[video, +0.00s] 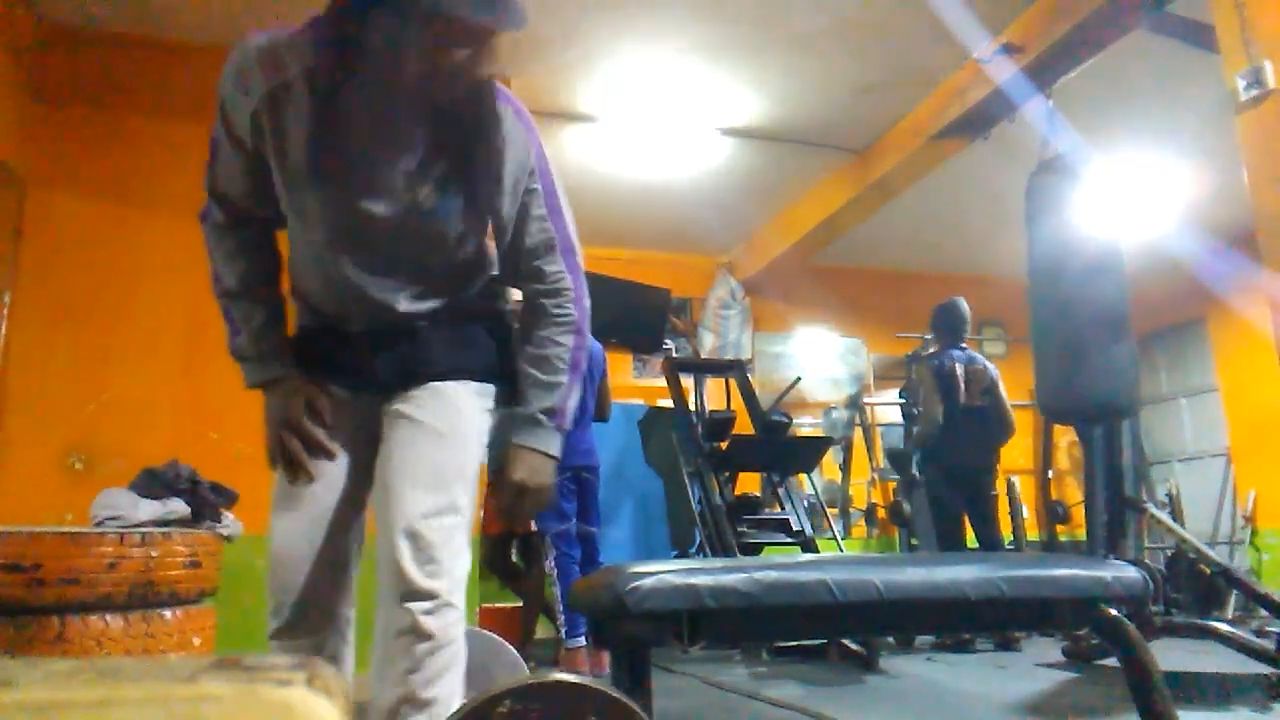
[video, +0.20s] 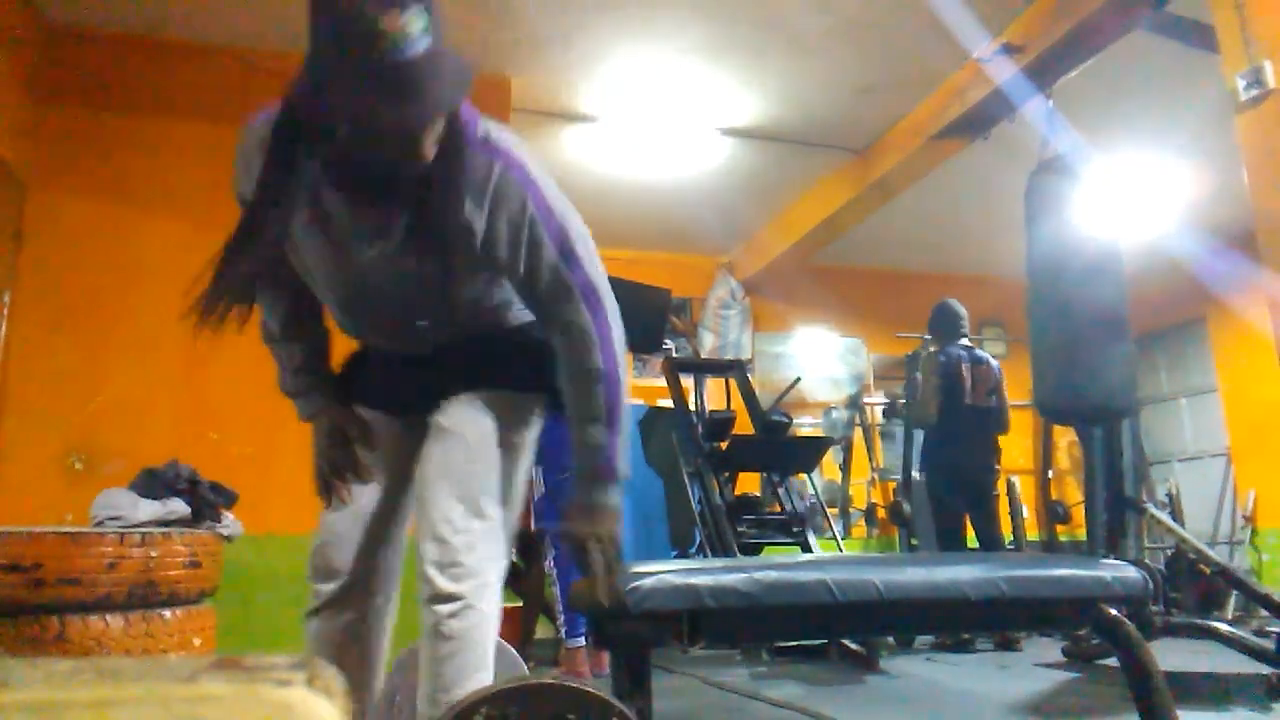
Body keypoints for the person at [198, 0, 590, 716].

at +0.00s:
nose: (482, 68)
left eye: (491, 45)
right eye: (460, 45)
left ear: (498, 34)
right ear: (390, 30)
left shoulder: (494, 122)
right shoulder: (269, 76)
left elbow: (555, 282)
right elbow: (235, 224)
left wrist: (538, 433)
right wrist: (270, 372)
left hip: (447, 342)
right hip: (328, 340)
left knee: (421, 573)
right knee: (297, 574)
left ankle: (413, 718)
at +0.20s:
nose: (424, 132)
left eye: (434, 102)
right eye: (394, 109)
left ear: (446, 82)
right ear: (337, 99)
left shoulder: (491, 166)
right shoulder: (272, 155)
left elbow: (587, 316)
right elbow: (281, 291)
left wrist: (596, 492)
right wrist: (318, 401)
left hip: (496, 354)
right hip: (386, 355)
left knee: (456, 558)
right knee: (342, 558)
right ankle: (331, 719)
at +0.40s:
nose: (381, 213)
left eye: (397, 186)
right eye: (356, 195)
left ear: (422, 161)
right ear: (324, 186)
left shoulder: (496, 217)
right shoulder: (318, 238)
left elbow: (607, 362)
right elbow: (325, 340)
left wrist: (644, 531)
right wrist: (352, 429)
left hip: (533, 373)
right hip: (430, 384)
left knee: (469, 537)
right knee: (375, 542)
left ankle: (470, 716)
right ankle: (391, 713)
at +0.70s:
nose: (405, 245)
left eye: (420, 223)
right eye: (388, 228)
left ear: (456, 209)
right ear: (372, 227)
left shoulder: (543, 272)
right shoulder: (402, 289)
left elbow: (648, 399)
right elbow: (395, 380)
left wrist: (673, 556)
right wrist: (403, 465)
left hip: (605, 446)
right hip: (513, 446)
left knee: (475, 536)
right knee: (397, 534)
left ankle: (449, 713)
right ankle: (394, 707)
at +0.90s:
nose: (501, 234)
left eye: (517, 216)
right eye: (487, 221)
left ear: (550, 215)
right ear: (471, 233)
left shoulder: (621, 289)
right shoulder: (512, 307)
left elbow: (698, 425)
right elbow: (507, 425)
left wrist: (677, 573)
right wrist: (464, 488)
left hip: (648, 477)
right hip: (556, 475)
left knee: (474, 545)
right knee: (430, 535)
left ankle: (443, 713)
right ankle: (407, 707)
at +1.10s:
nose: (597, 220)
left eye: (612, 203)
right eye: (582, 207)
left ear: (640, 211)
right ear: (564, 221)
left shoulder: (688, 290)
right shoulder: (578, 308)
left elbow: (739, 428)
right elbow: (589, 436)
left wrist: (688, 561)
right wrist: (525, 484)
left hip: (670, 482)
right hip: (600, 479)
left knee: (488, 547)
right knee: (454, 537)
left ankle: (457, 713)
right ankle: (410, 708)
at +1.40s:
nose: (656, 218)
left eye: (671, 204)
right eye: (640, 208)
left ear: (696, 216)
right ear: (621, 227)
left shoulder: (728, 293)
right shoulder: (635, 309)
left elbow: (772, 413)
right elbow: (625, 428)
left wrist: (655, 461)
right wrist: (563, 478)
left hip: (687, 511)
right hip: (620, 495)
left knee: (486, 569)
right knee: (445, 537)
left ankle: (415, 710)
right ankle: (407, 705)